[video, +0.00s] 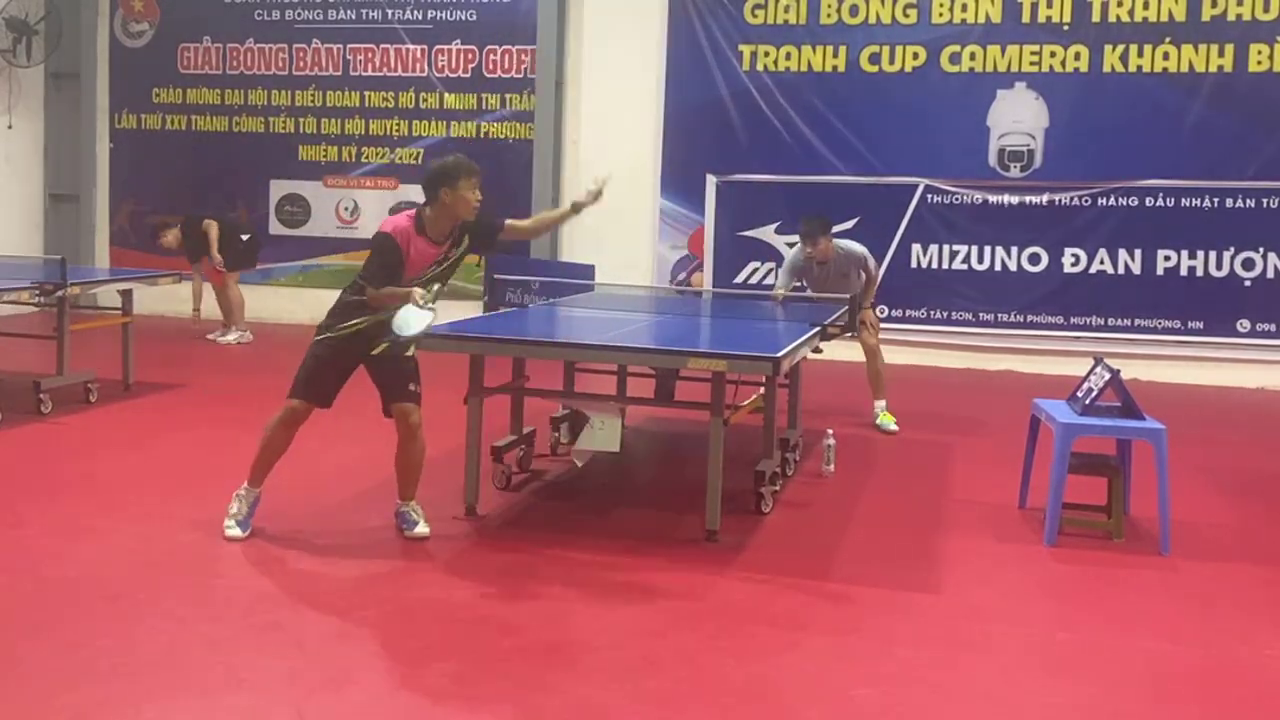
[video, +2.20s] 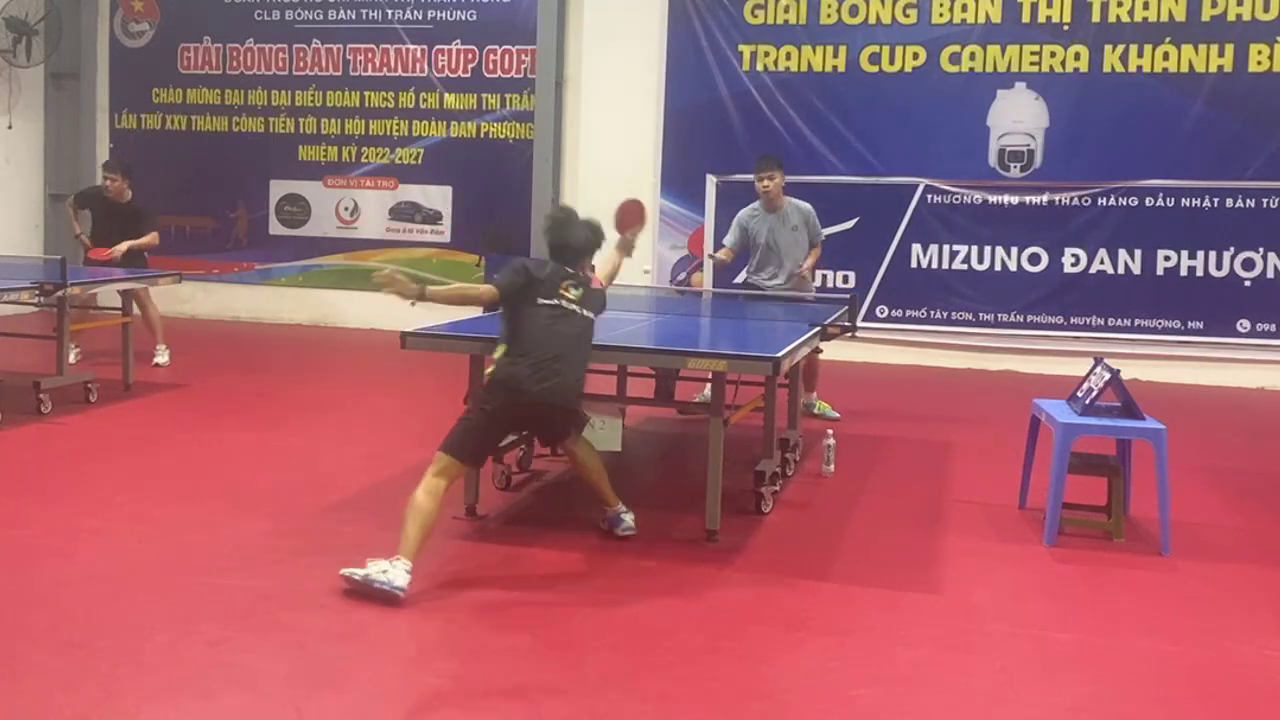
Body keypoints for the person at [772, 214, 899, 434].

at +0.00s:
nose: (808, 250)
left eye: (814, 244)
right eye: (805, 245)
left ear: (829, 240)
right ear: (801, 242)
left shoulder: (855, 252)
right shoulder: (797, 257)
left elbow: (873, 274)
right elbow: (778, 293)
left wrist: (866, 306)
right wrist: (779, 296)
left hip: (856, 304)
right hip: (820, 307)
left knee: (871, 345)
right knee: (785, 339)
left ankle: (881, 410)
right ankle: (765, 394)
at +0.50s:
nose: (806, 218)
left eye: (812, 213)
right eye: (802, 213)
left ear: (828, 212)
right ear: (799, 214)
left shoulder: (852, 235)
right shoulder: (795, 238)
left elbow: (870, 265)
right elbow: (780, 272)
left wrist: (861, 298)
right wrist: (773, 278)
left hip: (853, 301)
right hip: (816, 302)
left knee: (863, 347)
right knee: (784, 340)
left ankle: (880, 410)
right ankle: (766, 394)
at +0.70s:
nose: (795, 196)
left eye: (801, 190)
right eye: (792, 190)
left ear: (816, 190)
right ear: (788, 191)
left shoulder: (839, 219)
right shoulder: (782, 220)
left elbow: (852, 250)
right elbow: (767, 252)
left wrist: (842, 273)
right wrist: (762, 261)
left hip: (832, 298)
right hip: (793, 298)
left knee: (850, 343)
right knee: (774, 339)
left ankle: (876, 407)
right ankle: (766, 392)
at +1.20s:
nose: (787, 206)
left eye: (793, 199)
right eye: (784, 200)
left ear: (809, 199)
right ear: (780, 201)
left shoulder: (833, 228)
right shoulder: (774, 229)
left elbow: (852, 257)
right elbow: (746, 247)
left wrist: (849, 274)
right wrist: (734, 252)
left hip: (826, 306)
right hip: (784, 306)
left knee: (848, 356)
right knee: (744, 338)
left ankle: (850, 403)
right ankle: (740, 394)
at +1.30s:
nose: (770, 211)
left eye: (776, 206)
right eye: (767, 206)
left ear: (792, 205)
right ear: (763, 207)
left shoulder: (817, 231)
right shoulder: (757, 234)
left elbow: (837, 258)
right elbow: (723, 250)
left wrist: (844, 278)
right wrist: (719, 256)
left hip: (814, 311)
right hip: (773, 311)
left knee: (836, 355)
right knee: (739, 350)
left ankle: (848, 403)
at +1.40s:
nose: (750, 219)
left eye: (755, 212)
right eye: (746, 213)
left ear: (771, 211)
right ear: (743, 215)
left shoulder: (793, 234)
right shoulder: (737, 240)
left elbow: (816, 259)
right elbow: (703, 256)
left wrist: (835, 280)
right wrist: (701, 260)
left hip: (792, 312)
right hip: (750, 314)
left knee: (817, 353)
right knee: (717, 356)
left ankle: (847, 403)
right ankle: (709, 411)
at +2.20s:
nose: (765, 184)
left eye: (771, 179)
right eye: (760, 180)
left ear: (782, 180)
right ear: (755, 184)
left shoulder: (804, 211)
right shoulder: (746, 217)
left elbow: (817, 245)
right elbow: (729, 251)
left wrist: (809, 262)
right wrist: (714, 258)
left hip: (797, 291)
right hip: (756, 289)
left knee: (811, 347)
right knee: (725, 332)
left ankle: (809, 399)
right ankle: (713, 390)